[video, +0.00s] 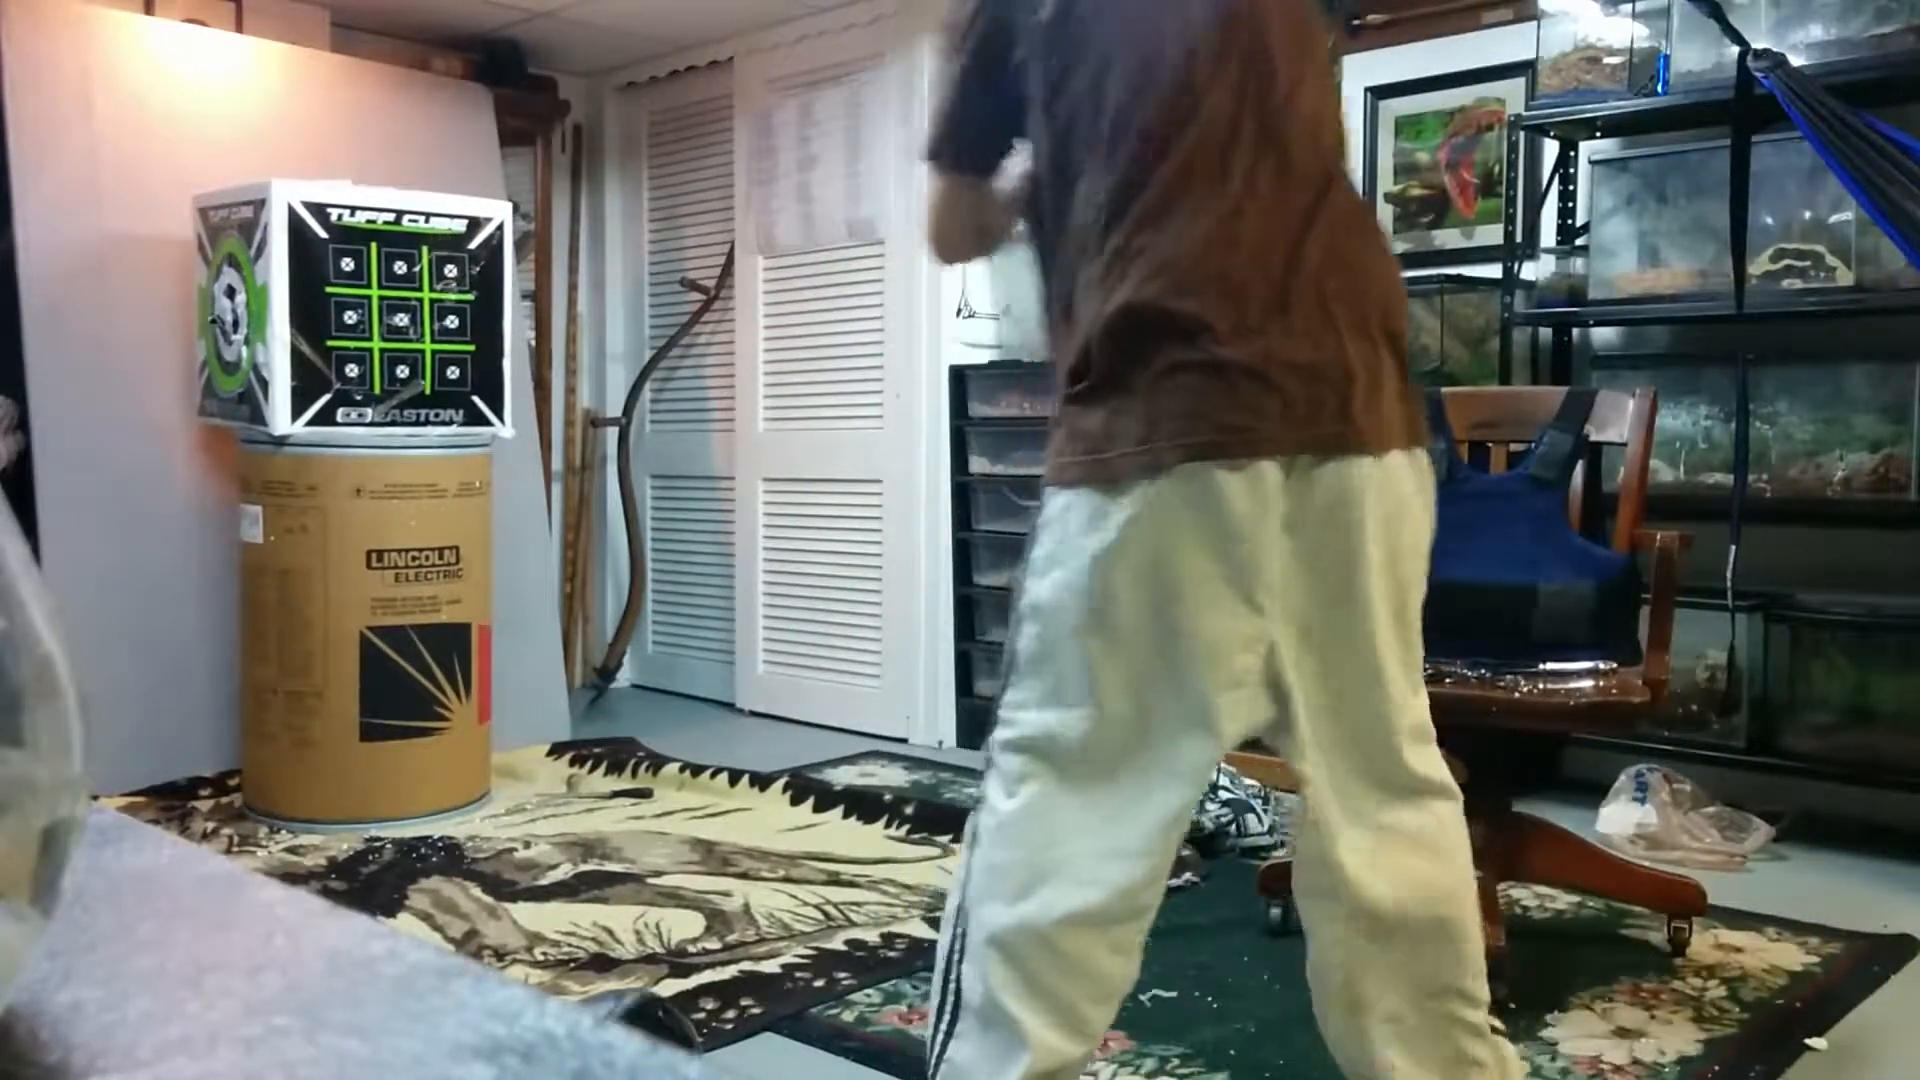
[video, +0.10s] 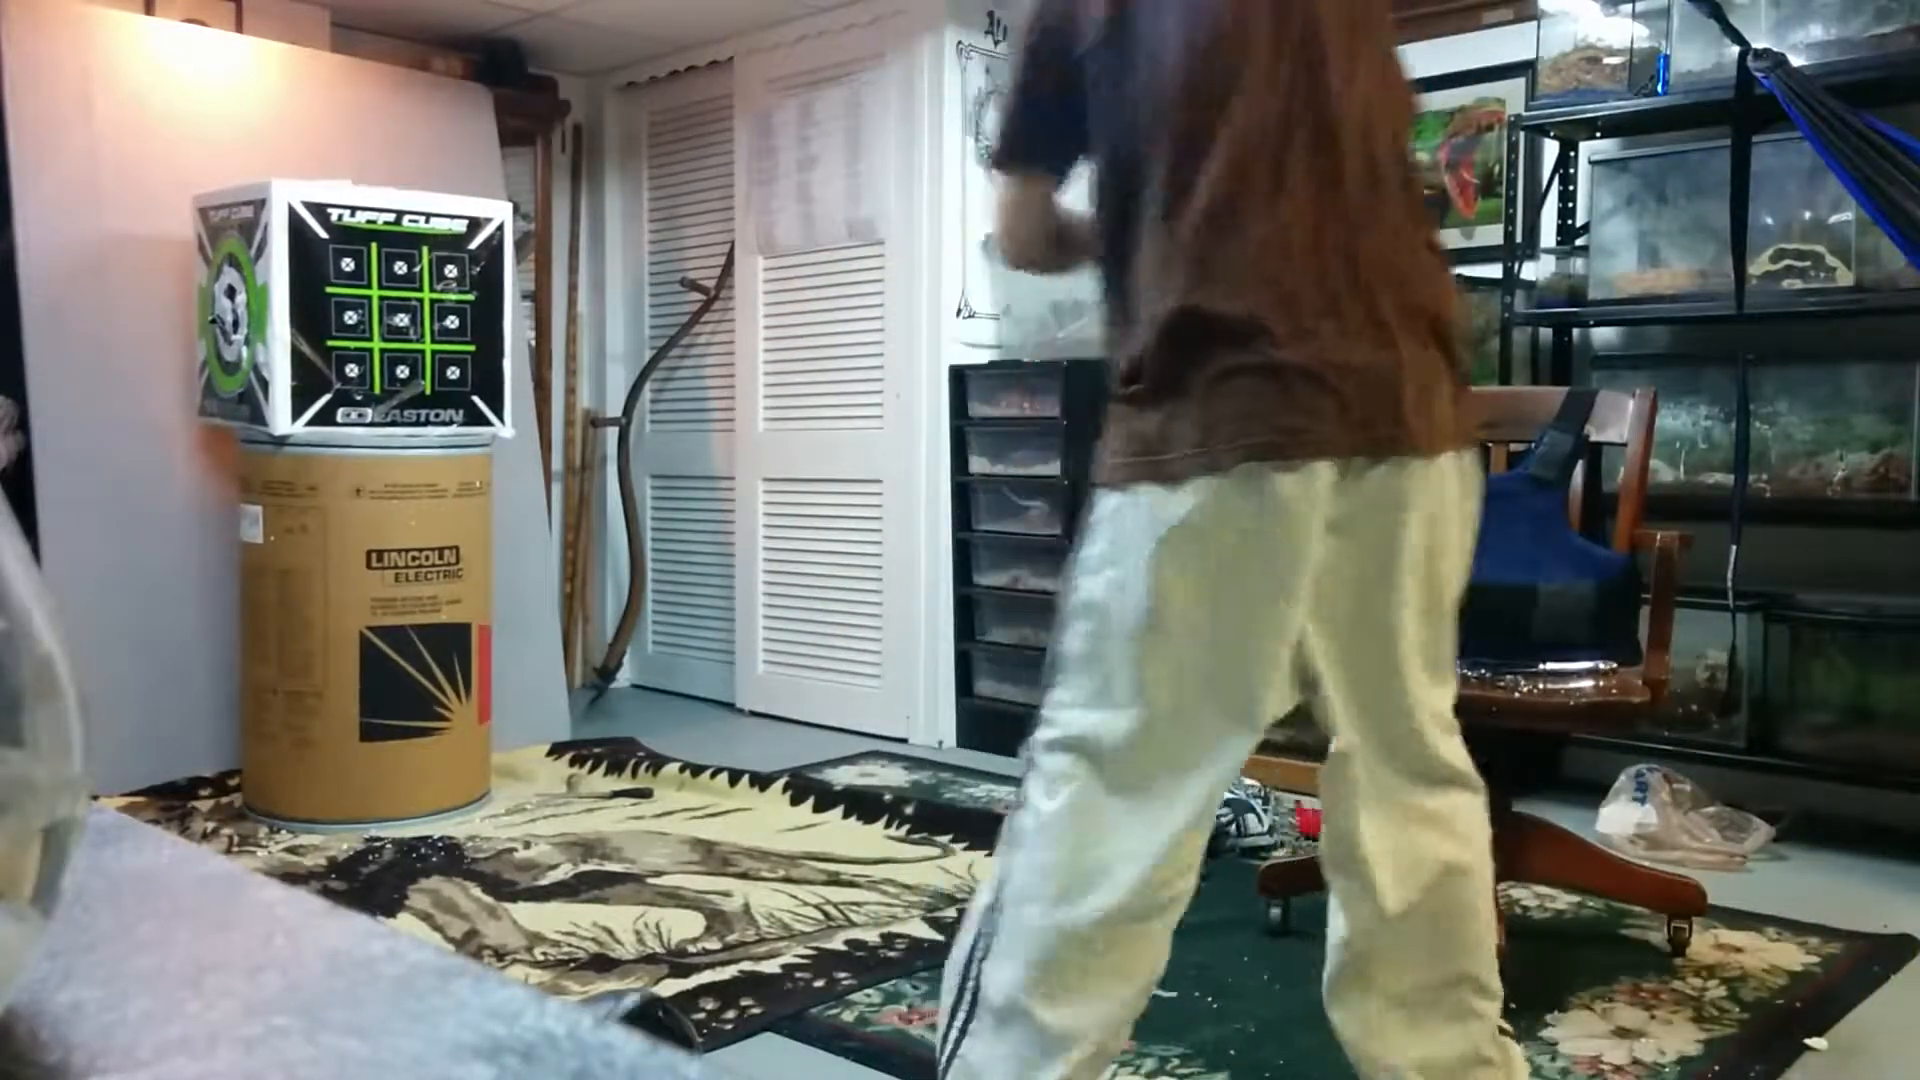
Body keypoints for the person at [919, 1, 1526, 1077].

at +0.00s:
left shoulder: (1022, 8)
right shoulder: (1292, 7)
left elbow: (955, 228)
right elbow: (1490, 6)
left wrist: (1041, 177)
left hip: (1167, 402)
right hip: (1363, 398)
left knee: (1070, 785)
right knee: (1383, 779)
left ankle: (999, 1055)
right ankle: (1444, 1057)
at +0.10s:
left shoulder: (1086, 9)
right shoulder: (1348, 13)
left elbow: (1025, 236)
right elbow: (1499, 2)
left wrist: (1135, 229)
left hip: (1220, 399)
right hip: (1412, 395)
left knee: (1112, 773)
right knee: (1410, 758)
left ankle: (1016, 1056)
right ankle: (1448, 1055)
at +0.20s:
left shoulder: (1151, 7)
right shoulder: (1414, 15)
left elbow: (1091, 231)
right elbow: (1474, 130)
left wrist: (1202, 290)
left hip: (1281, 399)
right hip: (1470, 394)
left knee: (1160, 786)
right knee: (1439, 768)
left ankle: (1045, 1062)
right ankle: (1459, 1059)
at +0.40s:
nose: (1493, 20)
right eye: (1489, 14)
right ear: (1444, 1)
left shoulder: (1240, 23)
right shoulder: (1486, 62)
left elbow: (1191, 234)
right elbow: (1564, 277)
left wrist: (1271, 365)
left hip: (1358, 354)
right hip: (1543, 369)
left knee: (1257, 760)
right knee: (1481, 762)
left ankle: (1158, 1057)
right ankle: (1459, 1055)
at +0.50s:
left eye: (1228, 67)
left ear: (1287, 27)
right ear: (1410, 18)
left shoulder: (1268, 56)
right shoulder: (1500, 99)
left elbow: (1219, 247)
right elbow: (1583, 295)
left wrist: (1286, 396)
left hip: (1379, 367)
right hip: (1563, 389)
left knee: (1284, 761)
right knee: (1490, 761)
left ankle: (1194, 1056)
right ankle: (1462, 1053)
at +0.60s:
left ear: (1327, 55)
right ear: (1427, 67)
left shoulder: (1286, 94)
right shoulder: (1517, 138)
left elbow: (1236, 261)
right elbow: (1609, 330)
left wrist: (1290, 414)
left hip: (1393, 374)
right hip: (1578, 398)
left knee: (1295, 760)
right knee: (1491, 757)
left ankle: (1194, 1058)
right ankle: (1464, 1054)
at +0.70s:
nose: (1242, 152)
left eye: (1242, 134)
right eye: (1232, 148)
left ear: (1285, 95)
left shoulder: (1300, 124)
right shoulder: (1520, 170)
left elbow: (1244, 274)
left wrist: (1293, 436)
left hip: (1403, 388)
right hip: (1591, 411)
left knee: (1298, 761)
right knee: (1484, 771)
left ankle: (1191, 1059)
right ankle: (1465, 1057)